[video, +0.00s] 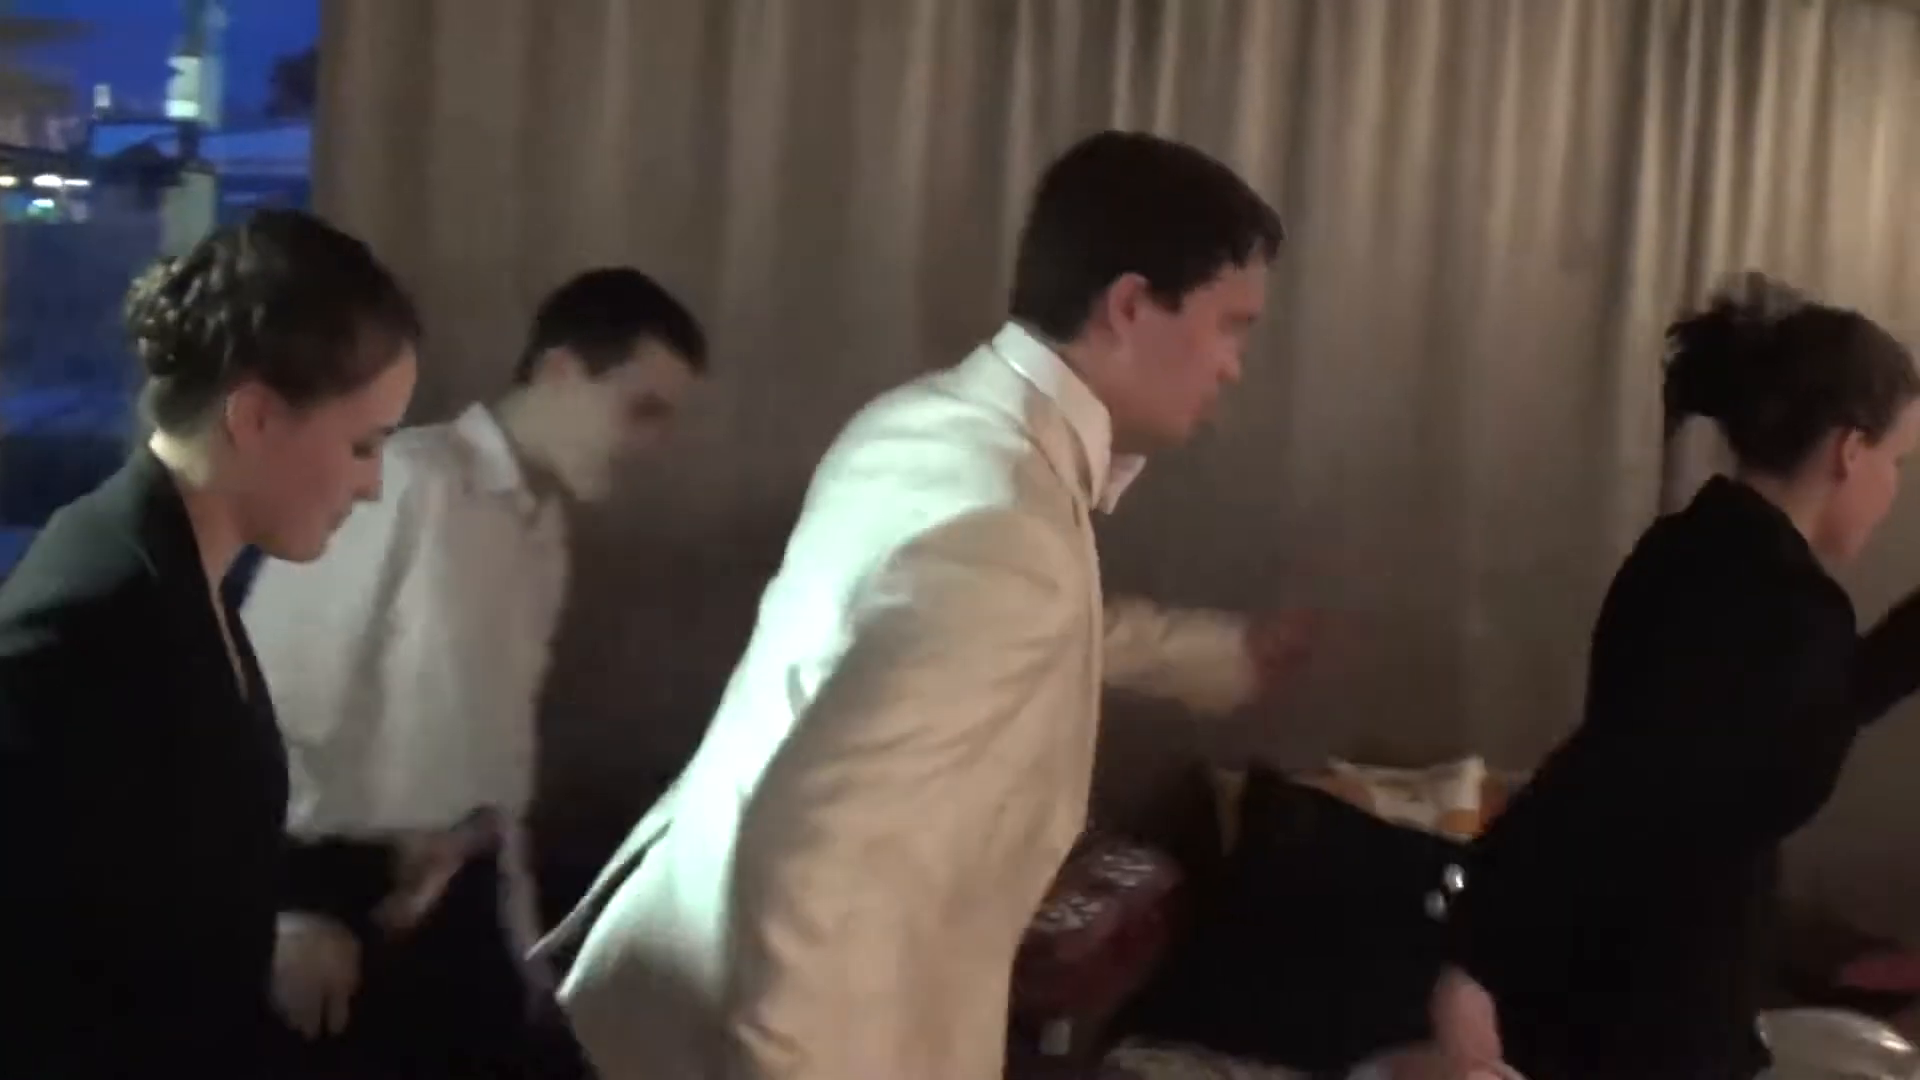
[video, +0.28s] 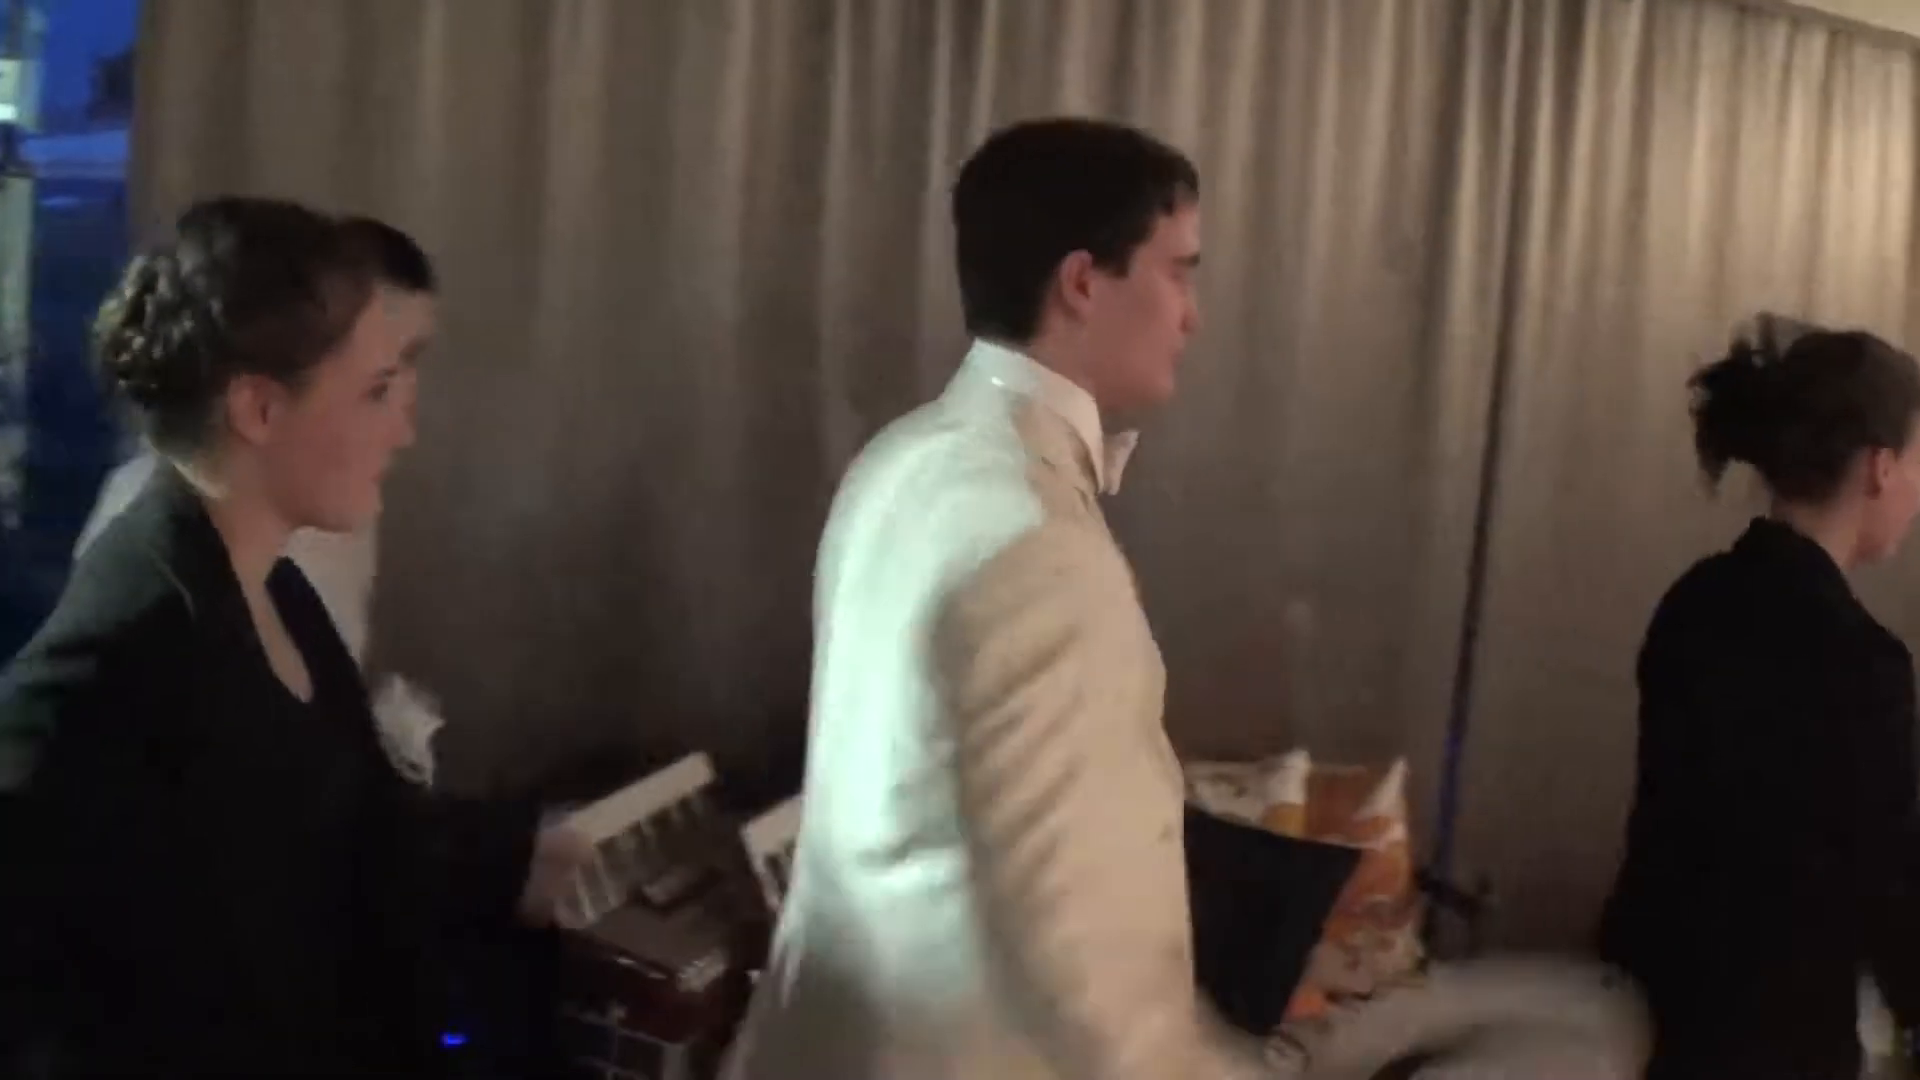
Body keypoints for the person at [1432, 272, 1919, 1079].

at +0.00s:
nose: (1895, 490)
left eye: (1901, 464)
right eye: (1896, 462)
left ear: (1757, 432)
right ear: (1849, 454)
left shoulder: (1669, 552)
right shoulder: (1802, 610)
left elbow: (1783, 744)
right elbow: (1607, 782)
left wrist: (1910, 628)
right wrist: (1472, 962)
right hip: (1676, 1023)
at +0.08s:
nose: (1894, 488)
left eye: (1898, 459)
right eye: (1894, 457)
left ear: (1754, 440)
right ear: (1846, 455)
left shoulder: (1664, 575)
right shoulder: (1818, 621)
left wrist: (1908, 669)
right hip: (1730, 1009)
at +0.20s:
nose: (1907, 486)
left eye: (1909, 458)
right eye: (1906, 456)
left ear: (1766, 446)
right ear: (1861, 460)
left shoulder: (1675, 587)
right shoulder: (1840, 643)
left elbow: (1663, 822)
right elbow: (1804, 882)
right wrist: (1816, 1043)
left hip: (1640, 982)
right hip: (1765, 1016)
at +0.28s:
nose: (1916, 489)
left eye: (1915, 460)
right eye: (1914, 459)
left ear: (1782, 457)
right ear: (1878, 467)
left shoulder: (1686, 606)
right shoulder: (1864, 660)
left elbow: (1657, 828)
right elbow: (1887, 880)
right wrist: (1906, 1005)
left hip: (1676, 976)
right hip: (1797, 1006)